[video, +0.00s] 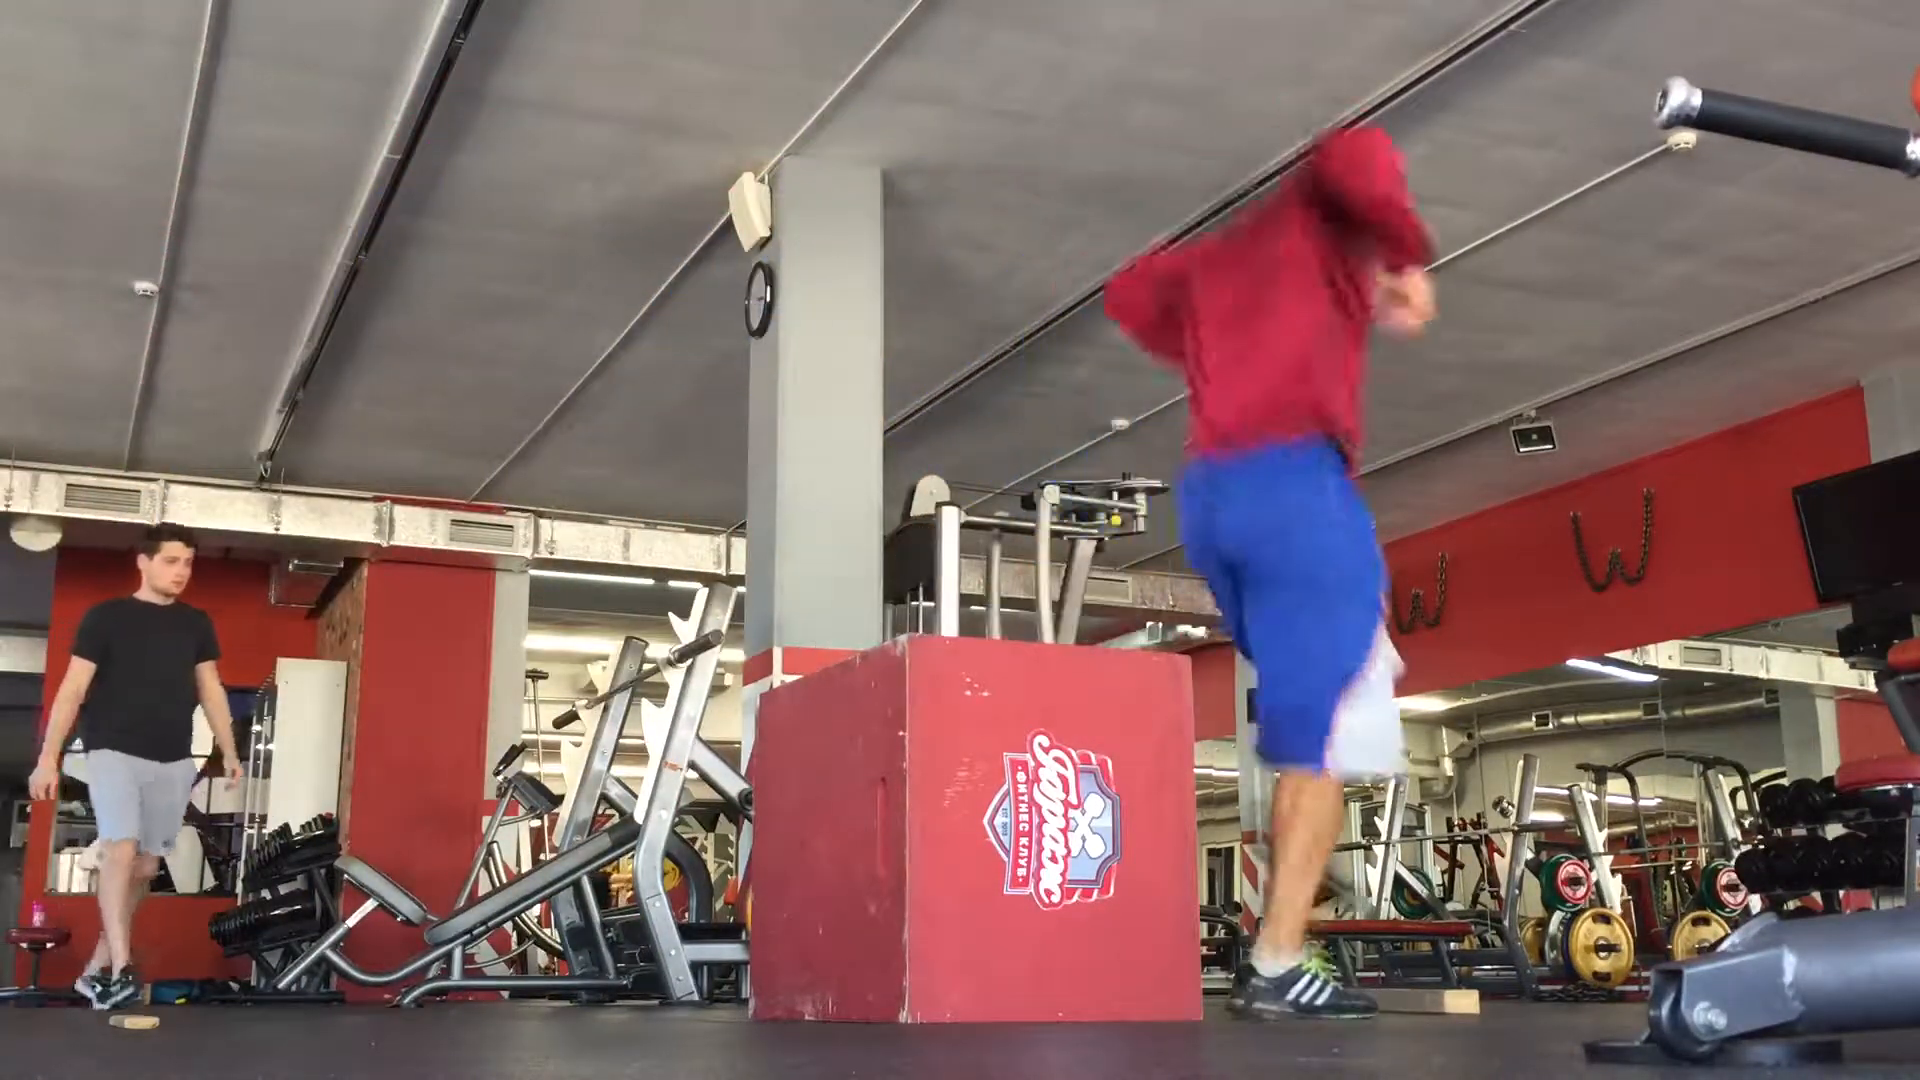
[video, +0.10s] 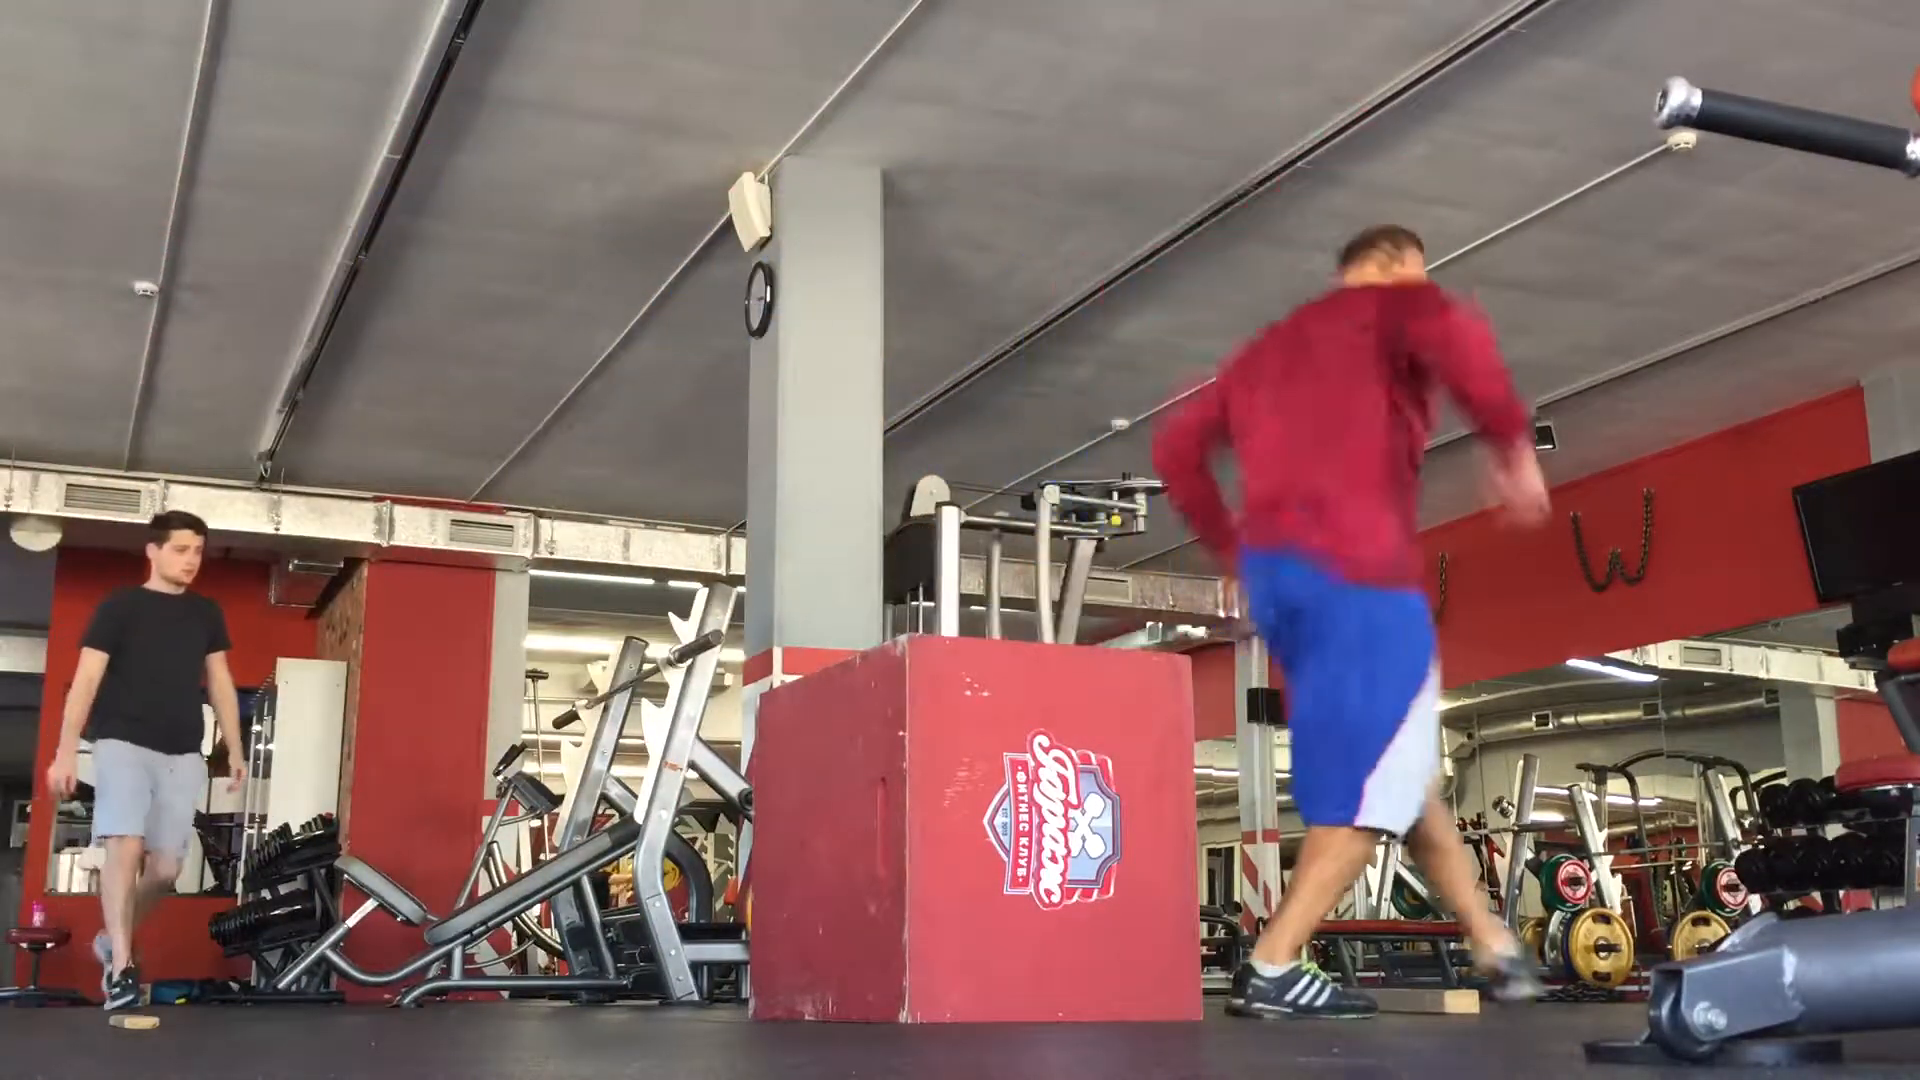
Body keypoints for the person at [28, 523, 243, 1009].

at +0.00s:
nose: (181, 571)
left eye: (187, 563)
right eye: (172, 561)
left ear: (191, 568)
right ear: (143, 562)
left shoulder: (196, 624)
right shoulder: (106, 616)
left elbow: (211, 691)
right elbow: (72, 691)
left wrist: (229, 750)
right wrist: (48, 759)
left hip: (171, 762)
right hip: (113, 753)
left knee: (145, 867)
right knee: (121, 851)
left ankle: (95, 971)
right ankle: (122, 970)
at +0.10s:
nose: (191, 559)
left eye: (197, 551)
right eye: (181, 549)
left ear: (201, 557)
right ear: (153, 551)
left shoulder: (206, 613)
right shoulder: (120, 606)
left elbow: (220, 682)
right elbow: (85, 680)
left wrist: (234, 748)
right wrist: (67, 750)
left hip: (183, 755)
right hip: (123, 745)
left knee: (165, 872)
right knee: (126, 849)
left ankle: (112, 941)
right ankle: (121, 971)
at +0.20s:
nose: (206, 548)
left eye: (212, 540)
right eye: (195, 538)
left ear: (215, 545)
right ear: (166, 540)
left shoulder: (220, 603)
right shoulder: (134, 594)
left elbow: (231, 673)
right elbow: (103, 667)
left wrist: (239, 739)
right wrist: (96, 736)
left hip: (195, 746)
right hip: (131, 741)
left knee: (182, 852)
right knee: (127, 850)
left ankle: (140, 926)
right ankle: (123, 972)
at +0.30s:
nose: (221, 540)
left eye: (226, 532)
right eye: (211, 530)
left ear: (229, 537)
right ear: (182, 530)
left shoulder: (233, 593)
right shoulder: (144, 584)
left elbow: (241, 666)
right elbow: (121, 656)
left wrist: (247, 734)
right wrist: (132, 719)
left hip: (212, 733)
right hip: (150, 732)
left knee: (203, 827)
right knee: (131, 845)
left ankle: (162, 946)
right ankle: (124, 971)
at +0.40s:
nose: (239, 540)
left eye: (245, 531)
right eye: (230, 529)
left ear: (246, 536)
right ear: (200, 529)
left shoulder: (247, 593)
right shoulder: (158, 584)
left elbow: (254, 669)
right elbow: (141, 653)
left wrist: (257, 734)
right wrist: (167, 705)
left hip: (225, 738)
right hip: (157, 740)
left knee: (223, 831)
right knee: (137, 846)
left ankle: (196, 959)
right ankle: (127, 968)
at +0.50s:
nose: (261, 540)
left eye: (266, 531)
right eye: (252, 529)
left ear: (267, 537)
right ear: (221, 529)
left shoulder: (263, 601)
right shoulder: (178, 583)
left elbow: (271, 672)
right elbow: (162, 650)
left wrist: (275, 741)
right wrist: (193, 699)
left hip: (243, 742)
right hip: (174, 741)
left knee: (236, 845)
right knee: (148, 850)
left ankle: (230, 971)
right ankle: (129, 965)